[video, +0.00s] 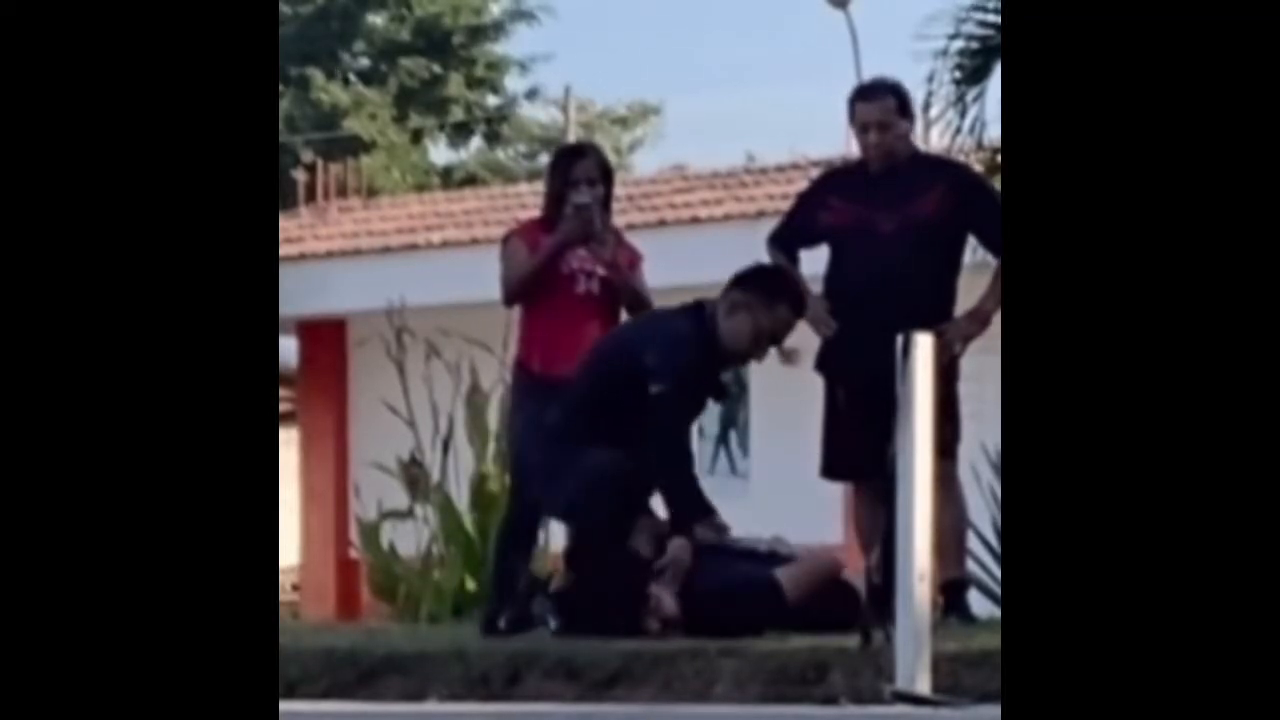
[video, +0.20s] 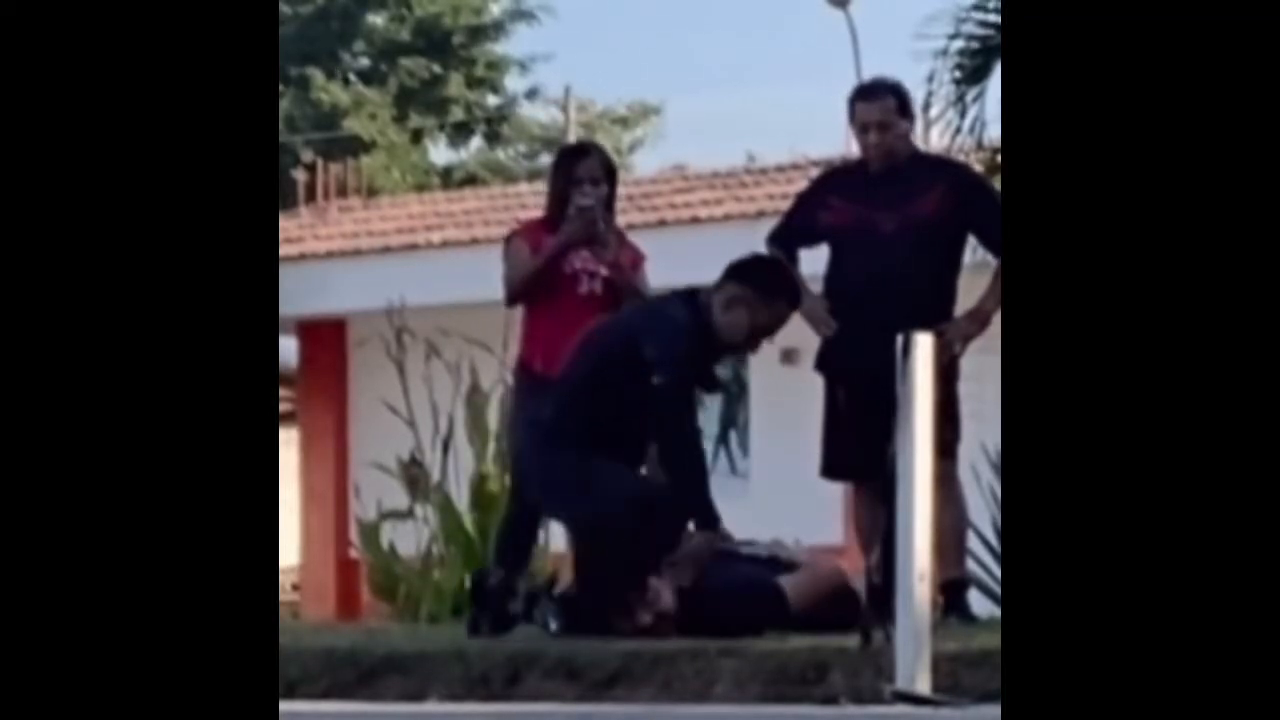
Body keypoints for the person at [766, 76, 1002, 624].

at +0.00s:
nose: (873, 140)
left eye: (884, 127)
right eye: (863, 129)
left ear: (909, 125)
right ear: (852, 132)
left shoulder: (951, 182)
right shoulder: (835, 188)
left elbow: (1003, 250)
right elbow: (780, 245)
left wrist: (977, 318)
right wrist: (810, 306)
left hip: (926, 353)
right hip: (854, 352)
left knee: (936, 474)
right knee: (865, 481)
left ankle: (952, 591)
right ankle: (877, 593)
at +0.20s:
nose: (873, 140)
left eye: (884, 128)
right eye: (863, 129)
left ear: (909, 125)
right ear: (852, 132)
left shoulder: (951, 181)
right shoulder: (835, 187)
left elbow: (1003, 249)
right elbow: (777, 248)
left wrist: (977, 318)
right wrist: (811, 307)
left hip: (926, 352)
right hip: (853, 351)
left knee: (936, 473)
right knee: (865, 480)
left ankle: (951, 591)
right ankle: (876, 594)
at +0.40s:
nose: (873, 140)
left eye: (883, 128)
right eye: (862, 129)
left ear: (909, 125)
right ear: (852, 132)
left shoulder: (951, 182)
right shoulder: (835, 187)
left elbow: (1003, 249)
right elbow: (779, 245)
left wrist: (977, 317)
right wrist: (810, 306)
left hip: (926, 353)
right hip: (853, 352)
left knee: (936, 473)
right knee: (865, 480)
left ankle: (951, 591)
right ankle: (876, 593)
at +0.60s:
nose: (870, 140)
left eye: (880, 127)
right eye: (859, 129)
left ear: (906, 124)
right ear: (849, 132)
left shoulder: (949, 181)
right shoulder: (834, 187)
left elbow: (1003, 248)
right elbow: (779, 249)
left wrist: (976, 317)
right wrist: (814, 314)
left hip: (925, 351)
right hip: (853, 351)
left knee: (935, 473)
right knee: (864, 481)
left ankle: (951, 592)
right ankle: (872, 595)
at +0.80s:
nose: (861, 138)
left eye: (871, 125)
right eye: (851, 127)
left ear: (898, 122)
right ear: (841, 131)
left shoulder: (943, 179)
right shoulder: (825, 190)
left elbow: (1000, 244)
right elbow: (775, 261)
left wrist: (973, 315)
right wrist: (813, 316)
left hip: (922, 348)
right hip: (849, 349)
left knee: (934, 473)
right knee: (864, 481)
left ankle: (951, 590)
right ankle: (878, 597)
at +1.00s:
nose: (860, 137)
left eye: (870, 124)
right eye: (850, 126)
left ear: (896, 123)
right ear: (840, 131)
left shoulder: (941, 179)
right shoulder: (828, 188)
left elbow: (1000, 242)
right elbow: (775, 254)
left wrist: (972, 315)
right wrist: (811, 318)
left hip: (921, 351)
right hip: (848, 350)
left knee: (933, 474)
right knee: (857, 478)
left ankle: (951, 590)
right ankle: (878, 597)